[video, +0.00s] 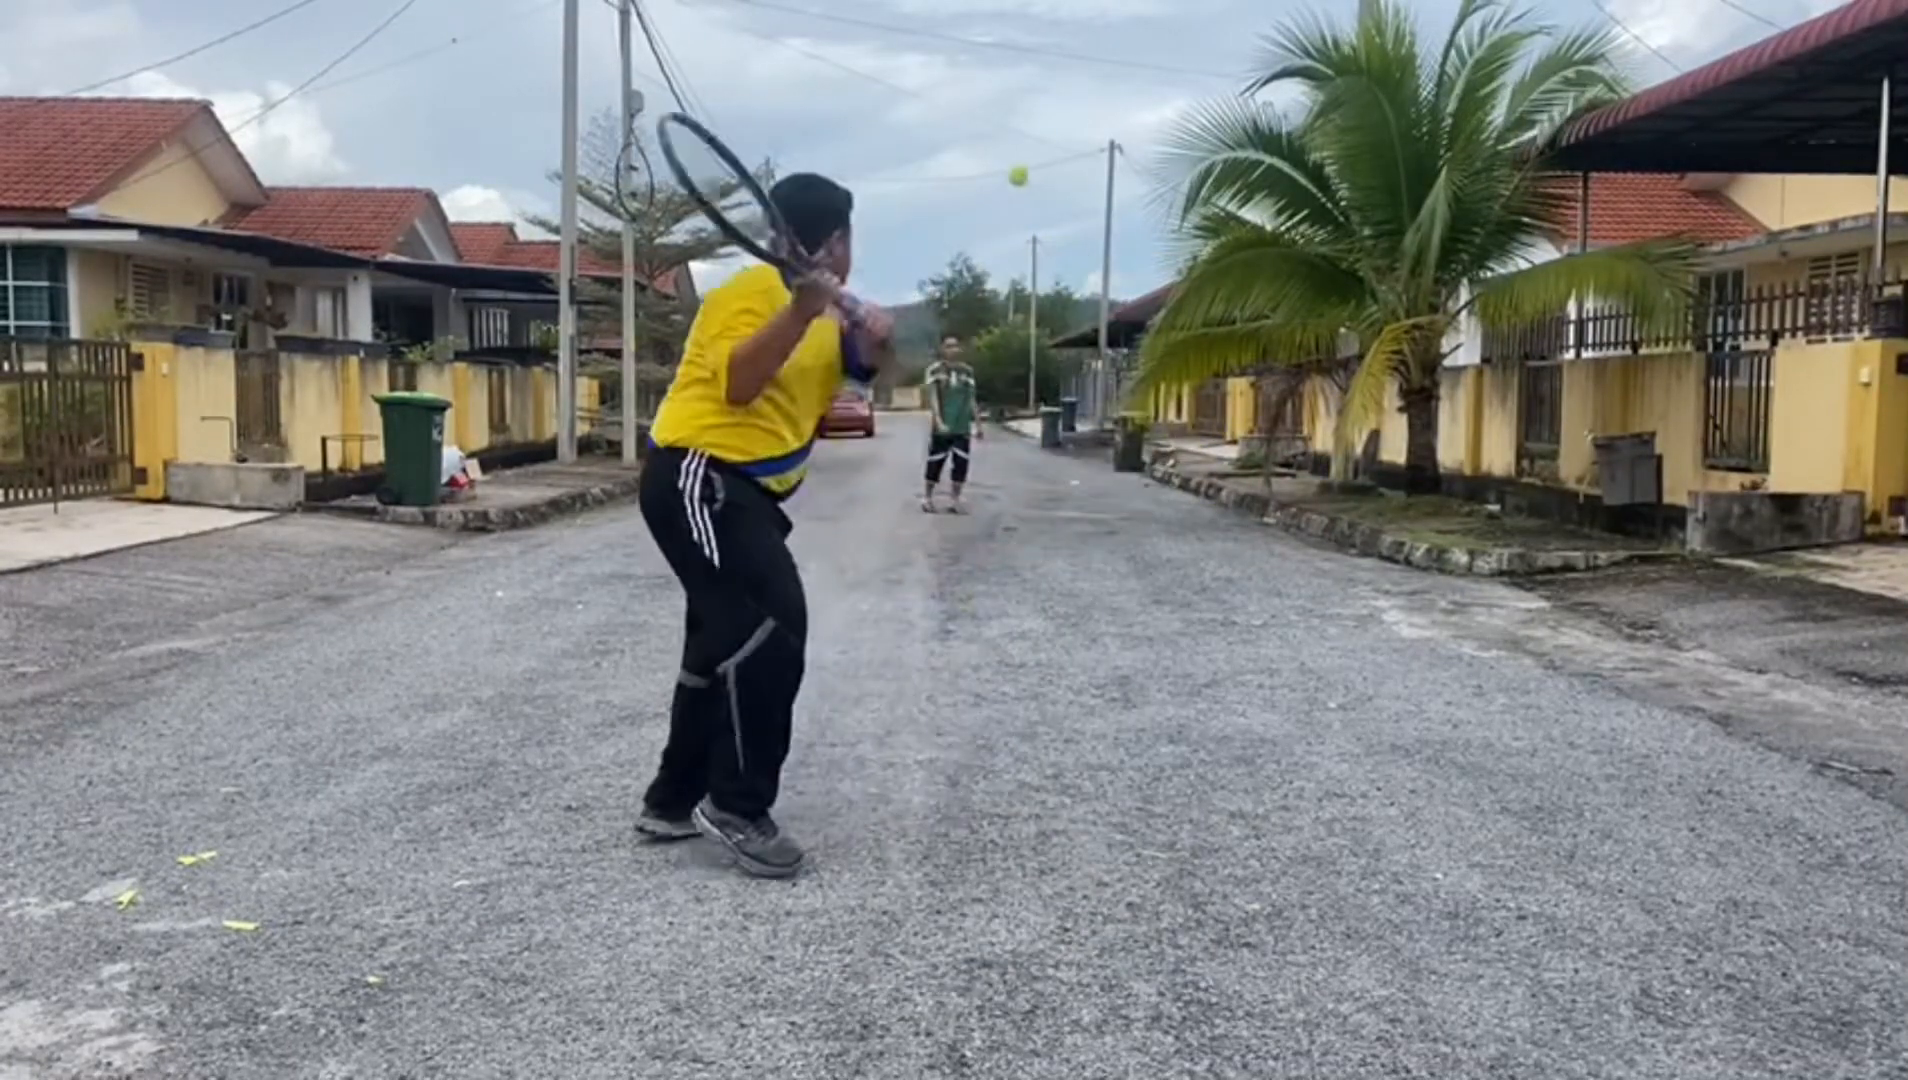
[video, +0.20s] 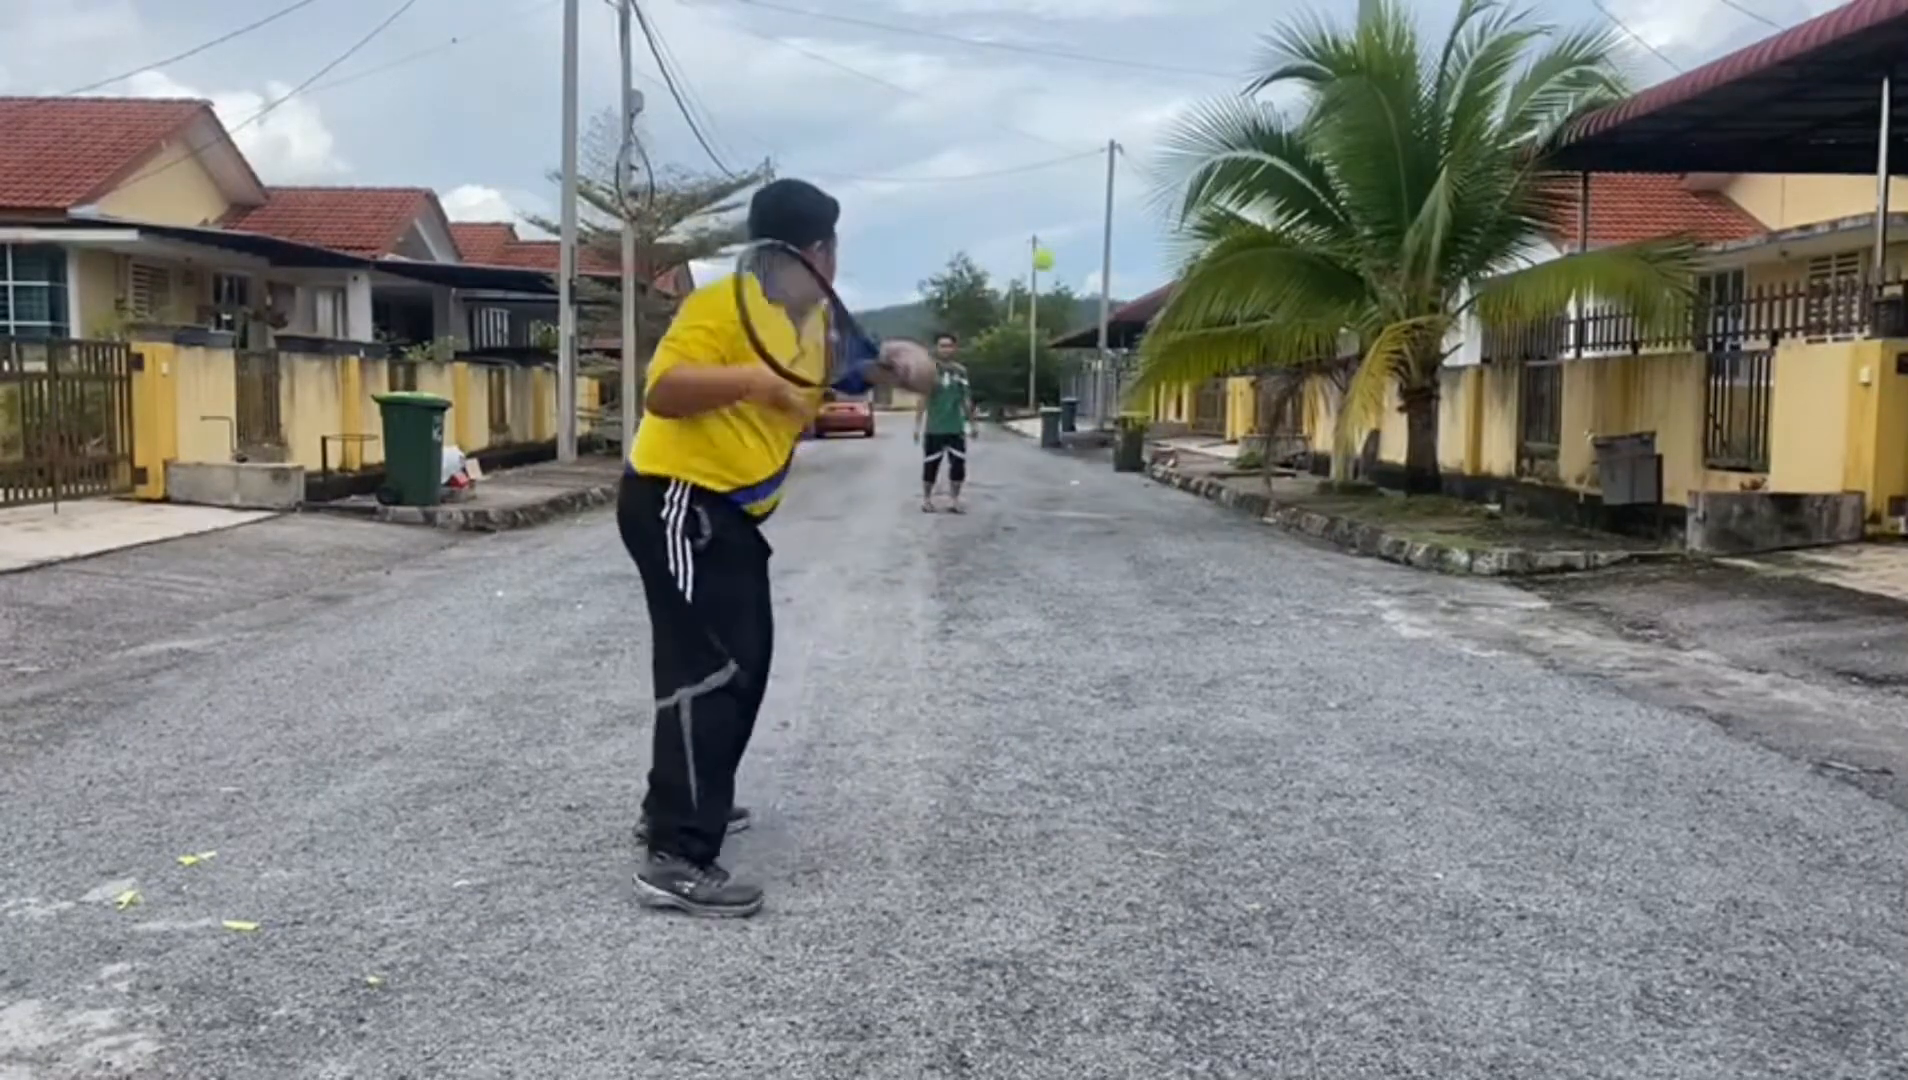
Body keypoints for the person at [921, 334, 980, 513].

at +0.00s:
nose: (953, 350)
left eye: (956, 346)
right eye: (948, 346)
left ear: (960, 349)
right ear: (942, 350)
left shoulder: (967, 371)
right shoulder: (935, 370)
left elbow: (971, 399)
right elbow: (933, 397)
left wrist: (977, 423)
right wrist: (938, 421)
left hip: (962, 426)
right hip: (943, 425)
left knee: (961, 465)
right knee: (935, 462)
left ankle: (956, 499)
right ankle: (928, 497)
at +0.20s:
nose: (945, 350)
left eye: (949, 346)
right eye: (942, 346)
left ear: (955, 349)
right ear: (936, 348)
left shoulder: (960, 371)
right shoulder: (931, 371)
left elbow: (967, 399)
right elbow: (922, 400)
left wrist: (973, 423)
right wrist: (917, 426)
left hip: (956, 426)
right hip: (934, 427)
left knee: (958, 466)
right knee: (931, 466)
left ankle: (955, 499)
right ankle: (927, 498)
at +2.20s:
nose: (938, 351)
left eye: (942, 347)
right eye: (935, 347)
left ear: (950, 349)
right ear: (931, 350)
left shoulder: (959, 371)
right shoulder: (924, 371)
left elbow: (962, 396)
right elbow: (920, 397)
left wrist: (956, 415)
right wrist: (927, 416)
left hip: (952, 422)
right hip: (932, 422)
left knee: (956, 461)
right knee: (929, 461)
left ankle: (959, 497)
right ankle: (927, 497)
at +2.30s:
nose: (938, 351)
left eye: (941, 347)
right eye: (935, 347)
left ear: (949, 349)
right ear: (930, 350)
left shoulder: (958, 370)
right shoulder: (923, 371)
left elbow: (961, 396)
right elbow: (920, 397)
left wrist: (948, 415)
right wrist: (934, 416)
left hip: (952, 424)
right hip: (931, 424)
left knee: (956, 462)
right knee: (928, 463)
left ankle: (959, 497)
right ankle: (927, 497)